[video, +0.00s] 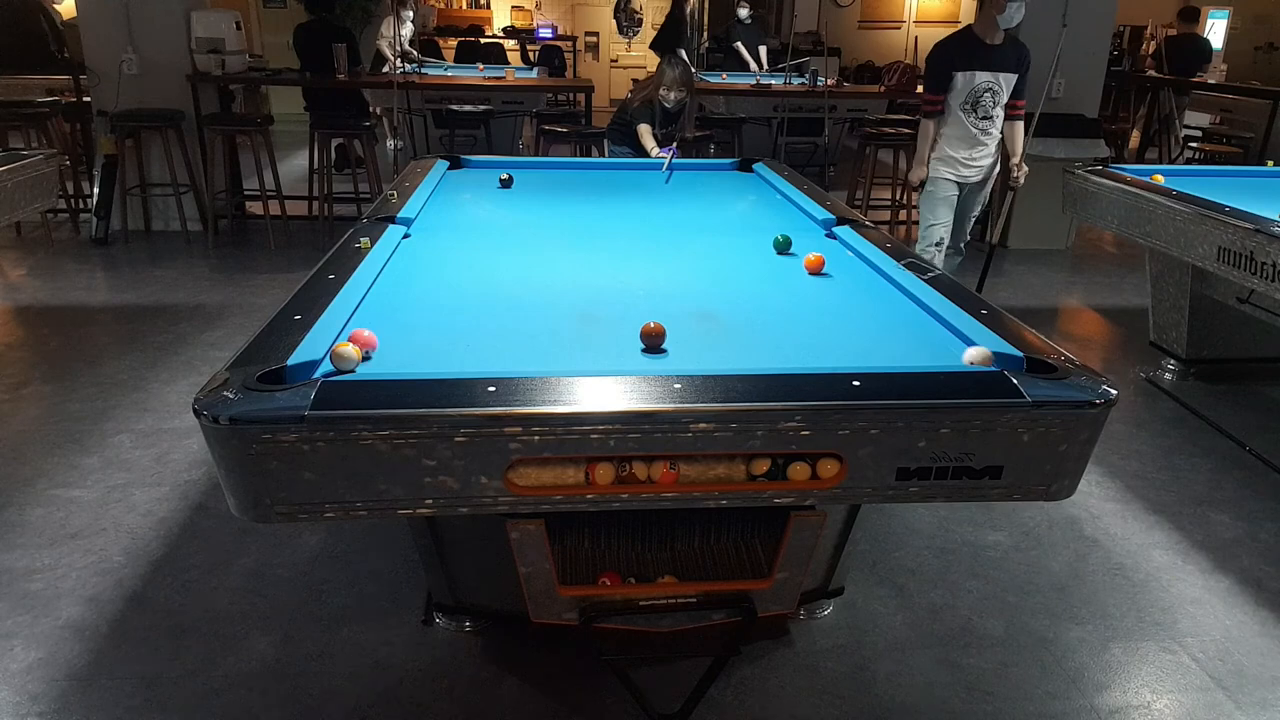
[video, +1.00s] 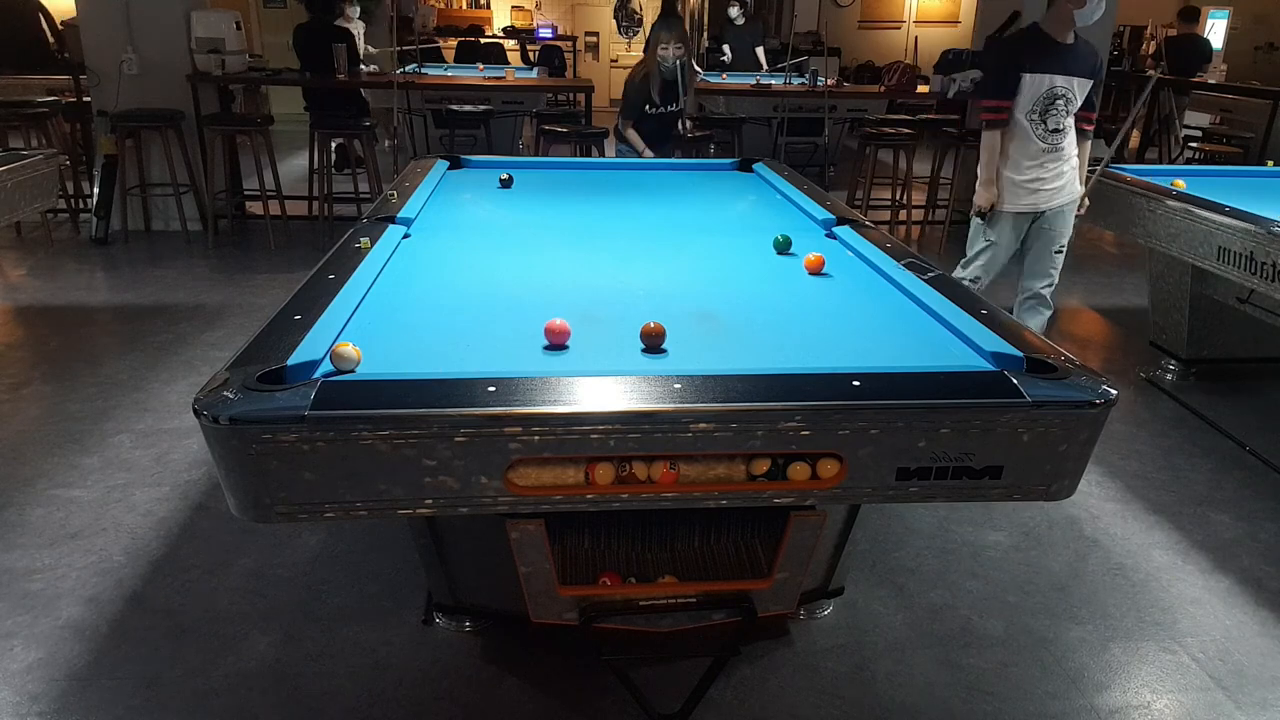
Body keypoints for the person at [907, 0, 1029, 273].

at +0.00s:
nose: (1014, 7)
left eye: (1017, 3)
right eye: (1007, 2)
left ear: (1018, 9)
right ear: (989, 4)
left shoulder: (1018, 55)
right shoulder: (946, 52)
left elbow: (1015, 114)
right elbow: (929, 114)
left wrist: (1016, 159)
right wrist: (919, 164)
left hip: (983, 171)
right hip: (943, 167)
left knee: (956, 247)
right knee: (932, 249)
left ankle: (936, 306)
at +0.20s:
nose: (1006, 5)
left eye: (1010, 1)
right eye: (999, 0)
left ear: (1015, 6)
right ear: (982, 3)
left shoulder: (1017, 55)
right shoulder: (944, 53)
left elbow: (1016, 116)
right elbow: (929, 116)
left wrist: (1020, 162)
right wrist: (920, 166)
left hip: (986, 172)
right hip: (947, 170)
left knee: (962, 252)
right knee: (940, 256)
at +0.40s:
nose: (1009, 4)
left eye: (1012, 1)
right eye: (1003, 0)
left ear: (1016, 4)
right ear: (987, 1)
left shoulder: (1022, 50)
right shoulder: (946, 49)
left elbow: (1020, 115)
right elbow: (930, 111)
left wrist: (1025, 165)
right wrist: (931, 163)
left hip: (993, 175)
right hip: (948, 175)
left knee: (988, 254)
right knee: (935, 261)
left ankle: (952, 303)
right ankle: (922, 320)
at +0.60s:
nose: (1026, 5)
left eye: (1026, 2)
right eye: (1018, 1)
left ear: (1015, 4)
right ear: (995, 4)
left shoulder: (1032, 52)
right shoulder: (958, 49)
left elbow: (1027, 117)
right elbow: (944, 113)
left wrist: (1029, 170)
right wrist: (945, 171)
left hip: (1004, 181)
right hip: (953, 180)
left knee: (1002, 272)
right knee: (933, 267)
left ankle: (990, 350)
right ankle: (915, 341)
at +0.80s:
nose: (1057, 6)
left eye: (1058, 2)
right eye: (1049, 0)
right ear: (1027, 3)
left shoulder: (1055, 62)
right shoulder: (983, 55)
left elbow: (1050, 129)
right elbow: (965, 125)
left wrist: (1050, 183)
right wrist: (964, 187)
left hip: (1025, 192)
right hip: (972, 191)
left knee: (1020, 287)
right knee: (941, 276)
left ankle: (1020, 367)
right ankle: (910, 348)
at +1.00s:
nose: (1085, 5)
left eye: (1087, 1)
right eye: (1078, 1)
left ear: (1084, 7)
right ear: (1059, 2)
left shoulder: (1090, 58)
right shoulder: (1009, 49)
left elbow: (1084, 128)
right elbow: (992, 122)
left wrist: (1079, 185)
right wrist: (985, 184)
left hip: (1061, 195)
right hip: (1008, 194)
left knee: (1039, 293)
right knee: (970, 282)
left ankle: (1025, 369)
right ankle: (929, 351)